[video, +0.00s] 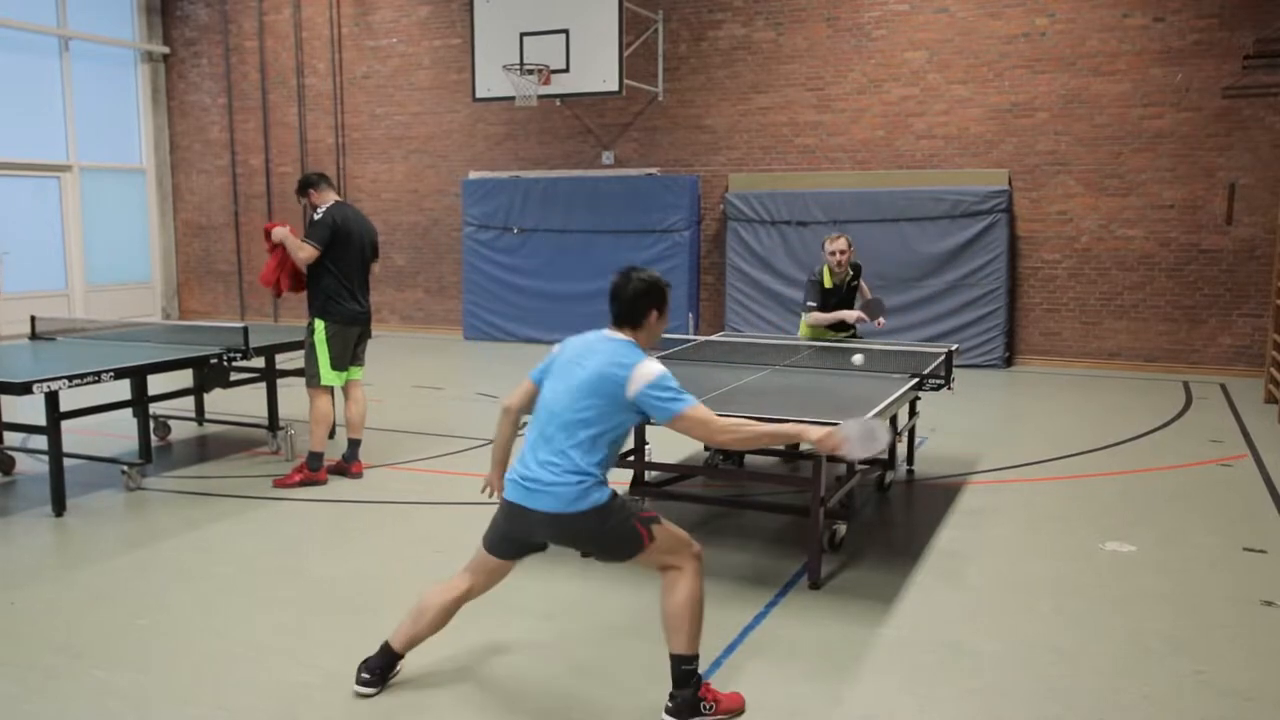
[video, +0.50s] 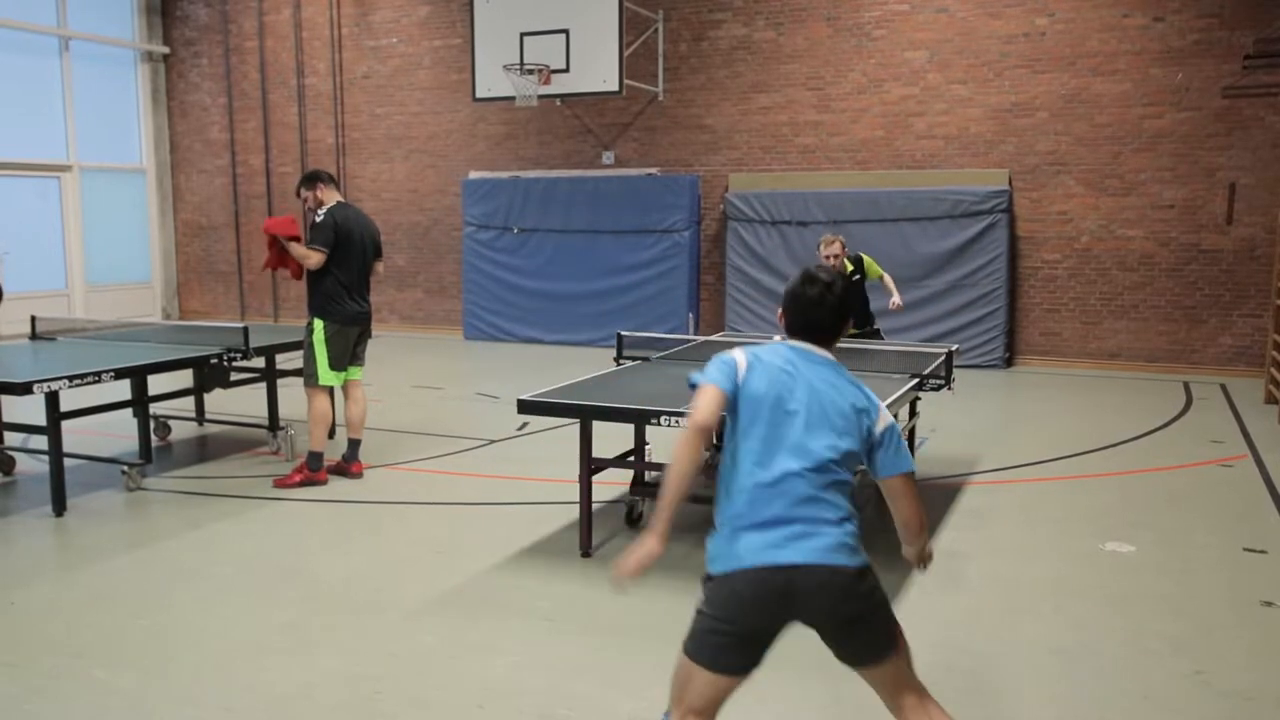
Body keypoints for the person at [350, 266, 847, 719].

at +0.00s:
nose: (667, 325)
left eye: (664, 315)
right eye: (666, 316)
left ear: (616, 313)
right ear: (650, 318)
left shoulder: (569, 348)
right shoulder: (640, 370)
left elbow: (513, 408)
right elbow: (717, 432)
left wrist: (497, 469)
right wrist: (803, 434)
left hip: (522, 498)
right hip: (579, 505)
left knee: (466, 581)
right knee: (682, 555)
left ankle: (380, 662)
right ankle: (686, 693)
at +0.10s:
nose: (728, 343)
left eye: (720, 335)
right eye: (726, 337)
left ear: (672, 335)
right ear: (715, 344)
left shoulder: (624, 363)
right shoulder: (717, 397)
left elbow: (555, 411)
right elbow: (803, 422)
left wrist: (518, 462)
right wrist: (857, 380)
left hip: (556, 511)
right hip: (619, 527)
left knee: (475, 590)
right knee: (718, 563)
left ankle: (391, 662)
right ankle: (691, 697)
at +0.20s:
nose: (773, 345)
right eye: (774, 338)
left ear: (719, 325)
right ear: (768, 341)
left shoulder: (671, 350)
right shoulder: (768, 391)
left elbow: (590, 388)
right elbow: (840, 409)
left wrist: (540, 432)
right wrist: (870, 364)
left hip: (598, 500)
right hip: (665, 526)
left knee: (531, 589)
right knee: (735, 568)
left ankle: (439, 683)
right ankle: (693, 693)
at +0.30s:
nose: (809, 317)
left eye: (808, 309)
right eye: (808, 310)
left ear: (747, 301)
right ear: (799, 315)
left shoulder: (695, 333)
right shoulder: (797, 367)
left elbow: (601, 357)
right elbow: (863, 437)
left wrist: (552, 414)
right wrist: (899, 420)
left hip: (642, 494)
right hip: (713, 508)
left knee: (605, 601)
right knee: (763, 572)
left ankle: (551, 707)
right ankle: (730, 689)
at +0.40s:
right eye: (832, 307)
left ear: (769, 296)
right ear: (825, 315)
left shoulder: (718, 329)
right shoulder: (836, 378)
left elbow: (628, 340)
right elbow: (894, 479)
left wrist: (575, 424)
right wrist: (913, 474)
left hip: (687, 517)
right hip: (768, 522)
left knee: (658, 651)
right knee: (831, 596)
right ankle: (831, 710)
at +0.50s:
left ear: (781, 317)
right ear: (843, 330)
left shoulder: (737, 362)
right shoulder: (863, 400)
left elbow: (699, 425)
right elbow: (911, 522)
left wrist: (656, 532)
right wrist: (916, 549)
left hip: (746, 574)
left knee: (688, 712)